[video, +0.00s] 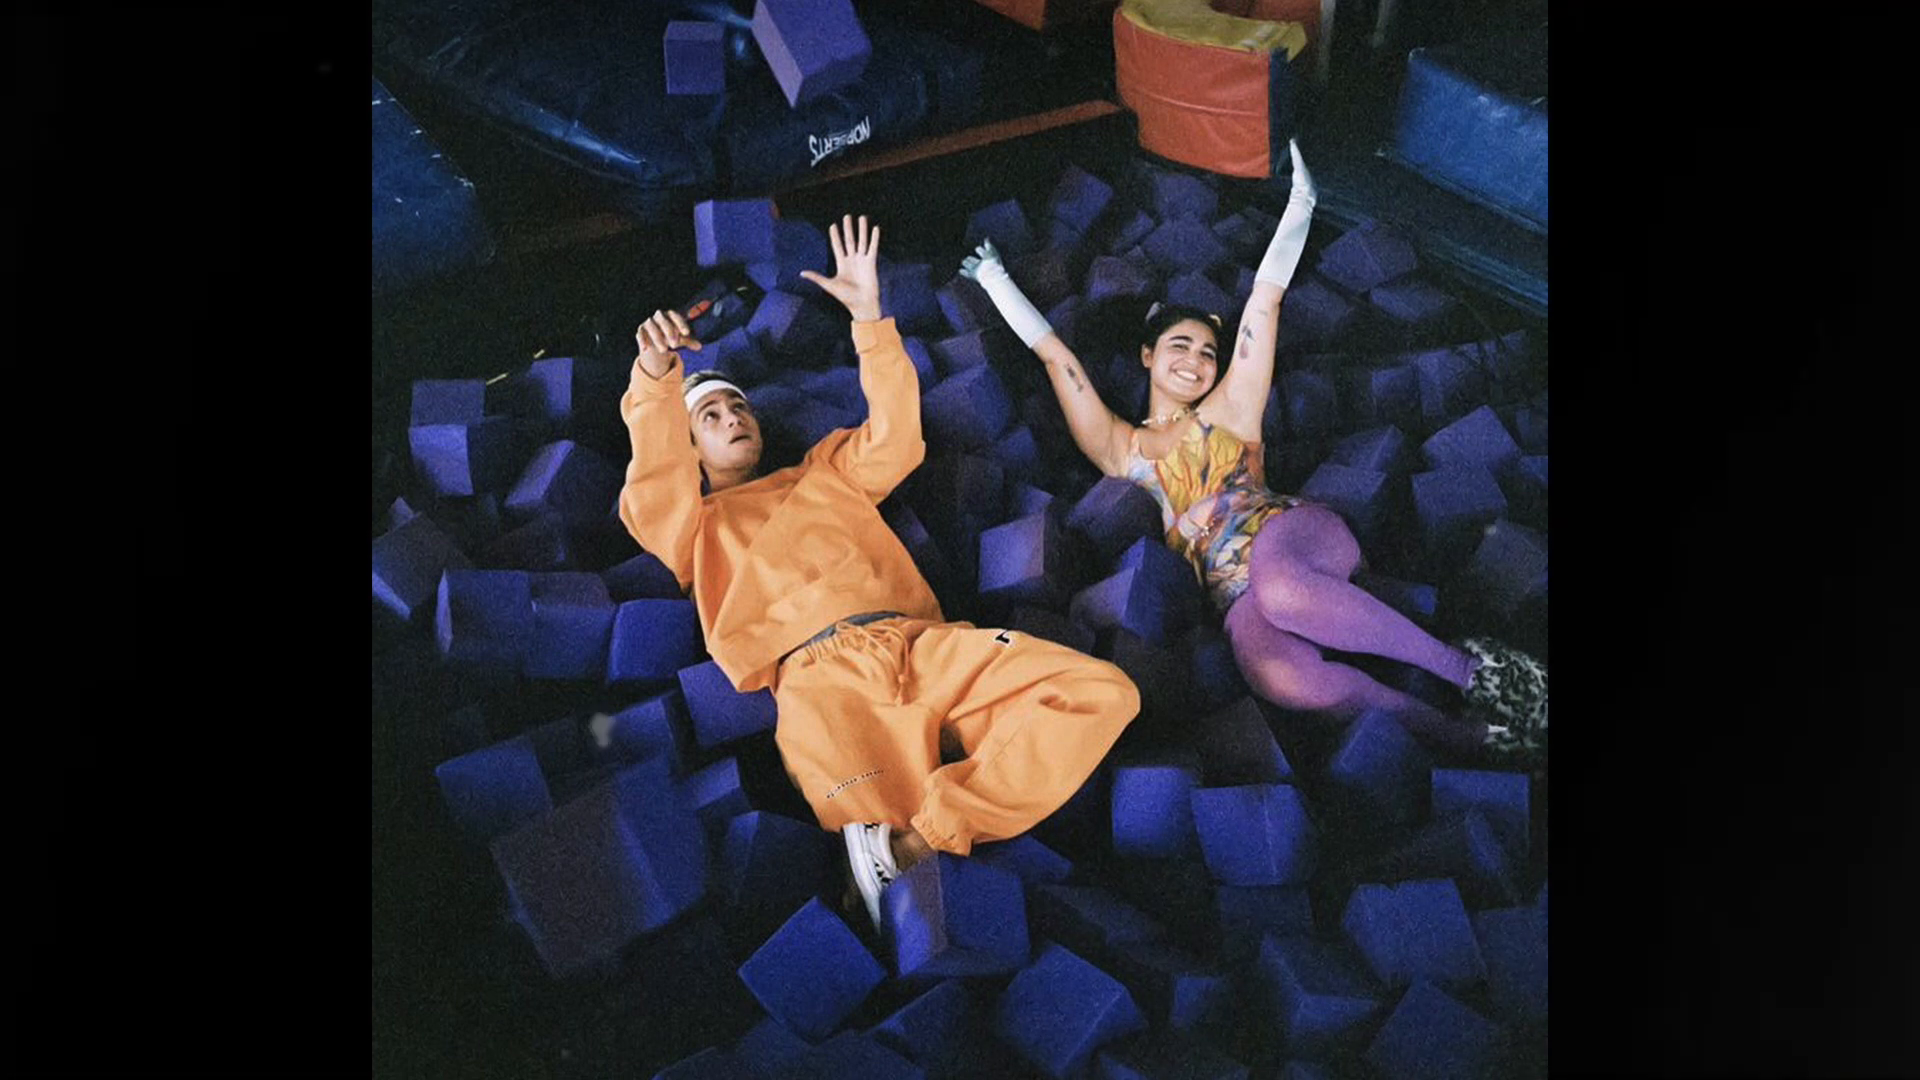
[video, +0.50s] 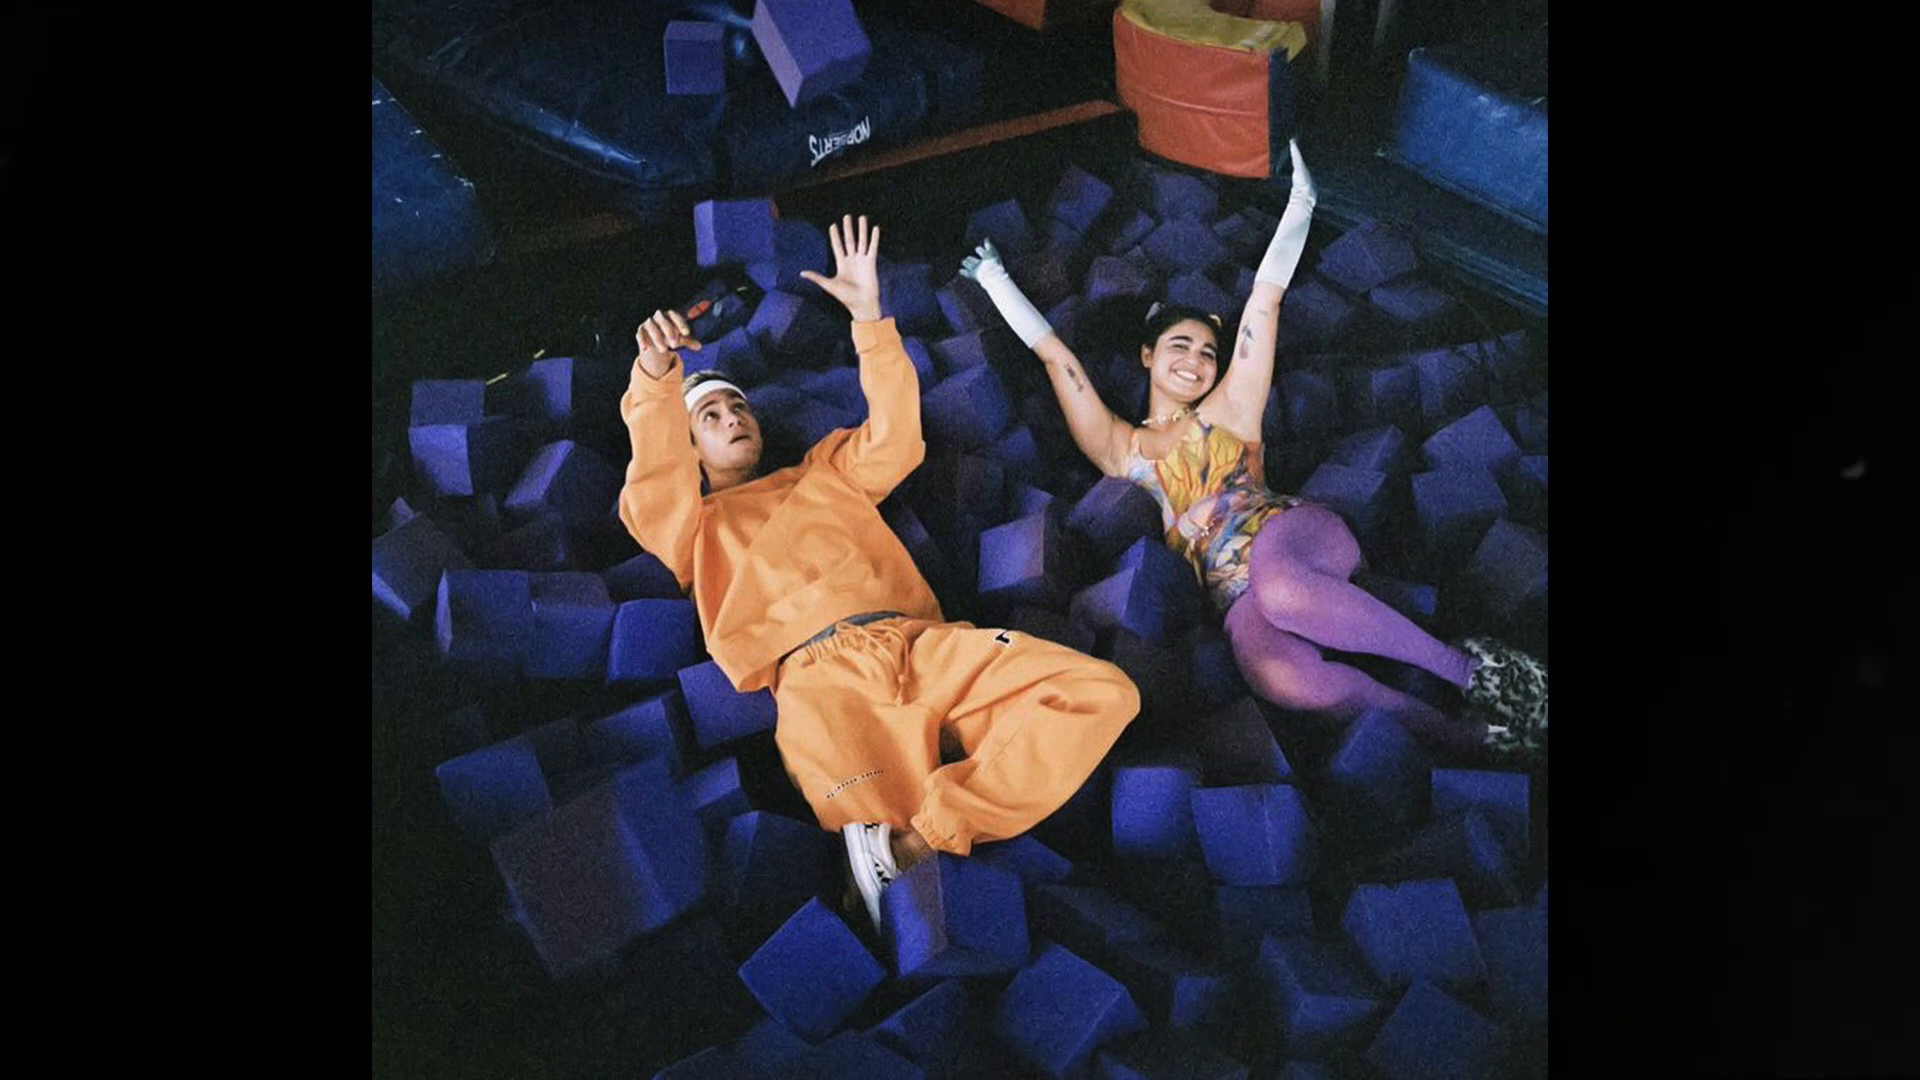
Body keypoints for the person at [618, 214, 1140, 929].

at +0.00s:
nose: (731, 418)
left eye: (738, 407)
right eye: (709, 415)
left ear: (760, 425)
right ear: (687, 449)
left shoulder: (827, 468)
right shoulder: (696, 525)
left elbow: (895, 436)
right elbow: (655, 477)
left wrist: (868, 317)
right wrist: (655, 373)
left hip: (918, 641)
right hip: (820, 673)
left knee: (1094, 692)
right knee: (884, 833)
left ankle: (916, 841)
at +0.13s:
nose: (731, 418)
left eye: (738, 407)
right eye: (709, 415)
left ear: (760, 425)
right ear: (688, 449)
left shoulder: (827, 468)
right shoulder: (696, 525)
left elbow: (895, 436)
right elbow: (655, 477)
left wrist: (868, 317)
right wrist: (655, 373)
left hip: (918, 641)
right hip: (820, 673)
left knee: (1094, 692)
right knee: (883, 831)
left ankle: (916, 841)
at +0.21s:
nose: (731, 418)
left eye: (738, 407)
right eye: (709, 415)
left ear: (760, 425)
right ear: (688, 449)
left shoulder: (827, 468)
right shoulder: (696, 525)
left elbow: (895, 436)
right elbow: (655, 477)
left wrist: (868, 317)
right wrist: (655, 373)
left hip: (918, 641)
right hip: (820, 673)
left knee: (1094, 692)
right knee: (883, 831)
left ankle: (916, 841)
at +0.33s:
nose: (731, 418)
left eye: (738, 407)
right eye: (709, 415)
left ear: (760, 425)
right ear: (688, 448)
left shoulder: (827, 468)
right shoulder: (695, 525)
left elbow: (895, 436)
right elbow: (655, 476)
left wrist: (868, 317)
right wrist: (655, 373)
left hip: (918, 640)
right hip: (820, 672)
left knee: (1094, 693)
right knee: (881, 828)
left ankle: (917, 841)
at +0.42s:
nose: (731, 418)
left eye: (738, 407)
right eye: (709, 415)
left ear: (760, 425)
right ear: (688, 449)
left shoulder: (827, 468)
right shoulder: (696, 525)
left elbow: (895, 436)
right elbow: (655, 476)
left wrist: (868, 317)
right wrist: (655, 373)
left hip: (918, 641)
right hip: (820, 673)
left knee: (1094, 692)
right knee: (883, 831)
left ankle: (916, 841)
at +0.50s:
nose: (731, 418)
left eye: (738, 407)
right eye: (709, 415)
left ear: (760, 425)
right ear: (688, 448)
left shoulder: (827, 468)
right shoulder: (695, 525)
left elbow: (895, 436)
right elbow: (655, 476)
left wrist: (868, 317)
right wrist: (655, 373)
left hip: (918, 640)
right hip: (820, 672)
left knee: (1094, 693)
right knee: (881, 828)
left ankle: (917, 841)